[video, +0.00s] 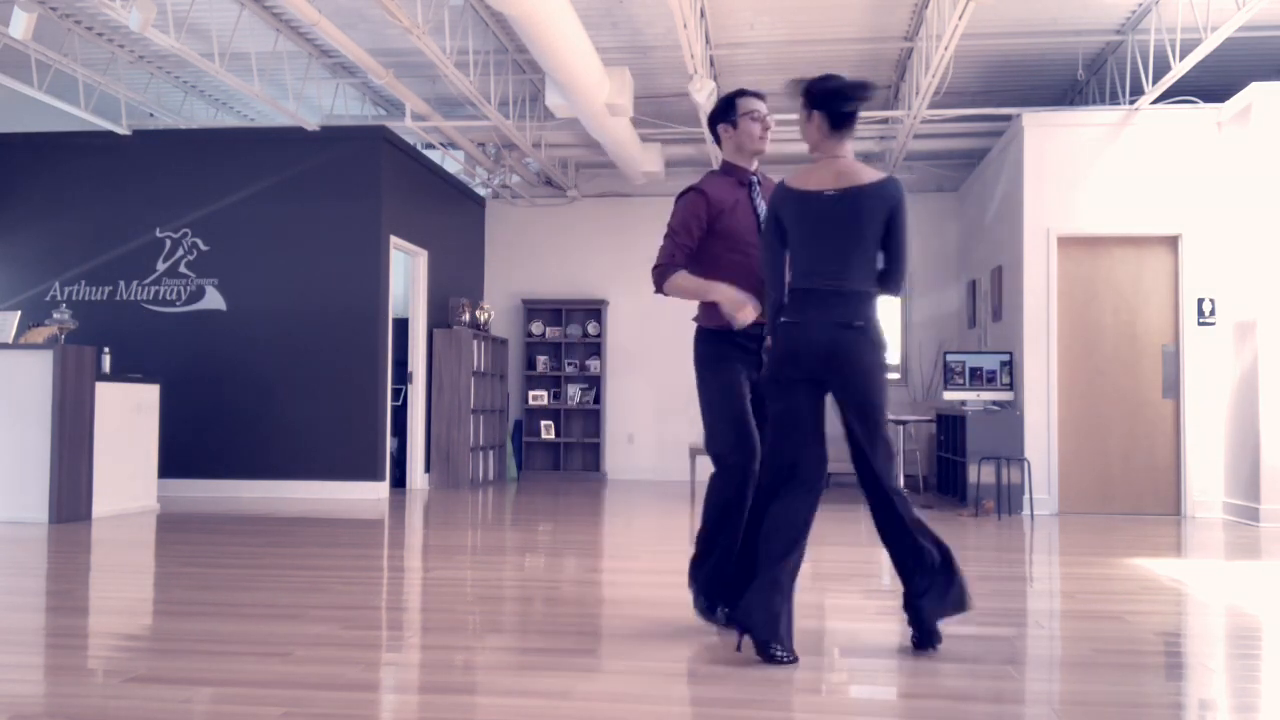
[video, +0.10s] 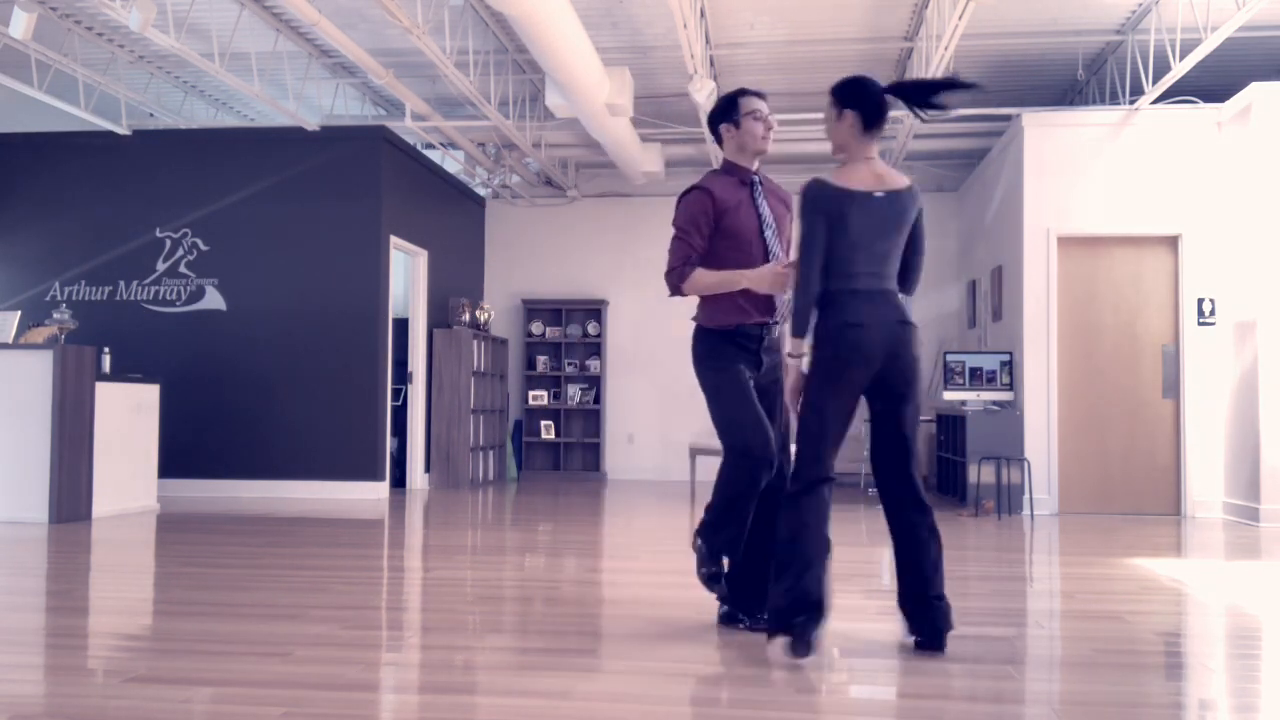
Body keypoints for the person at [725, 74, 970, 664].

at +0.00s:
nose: (798, 126)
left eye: (801, 117)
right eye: (801, 116)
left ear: (816, 121)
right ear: (853, 122)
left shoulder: (788, 191)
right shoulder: (886, 188)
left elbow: (771, 278)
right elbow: (893, 279)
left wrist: (776, 330)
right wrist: (841, 278)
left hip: (793, 335)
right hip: (856, 334)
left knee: (794, 477)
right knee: (879, 474)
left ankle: (768, 623)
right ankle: (925, 604)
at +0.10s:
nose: (825, 127)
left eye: (831, 117)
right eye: (828, 116)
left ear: (850, 121)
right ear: (876, 124)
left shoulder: (822, 191)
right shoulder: (908, 192)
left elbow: (809, 281)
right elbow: (909, 277)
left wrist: (795, 357)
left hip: (843, 334)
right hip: (898, 334)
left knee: (811, 476)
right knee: (899, 475)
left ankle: (802, 616)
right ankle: (929, 620)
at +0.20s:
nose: (844, 131)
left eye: (850, 121)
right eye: (847, 121)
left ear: (873, 127)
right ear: (889, 131)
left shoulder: (866, 194)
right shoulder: (906, 191)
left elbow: (863, 283)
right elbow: (883, 274)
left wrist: (825, 363)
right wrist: (822, 272)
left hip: (887, 345)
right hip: (924, 344)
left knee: (817, 465)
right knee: (901, 485)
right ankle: (939, 612)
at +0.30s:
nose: (861, 134)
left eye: (868, 124)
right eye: (864, 124)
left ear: (895, 132)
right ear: (902, 134)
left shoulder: (900, 197)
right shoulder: (897, 196)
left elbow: (905, 288)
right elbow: (881, 291)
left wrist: (879, 362)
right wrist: (828, 276)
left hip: (912, 354)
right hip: (922, 354)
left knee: (842, 475)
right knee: (915, 486)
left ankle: (941, 553)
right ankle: (944, 610)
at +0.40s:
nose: (875, 129)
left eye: (885, 121)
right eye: (879, 120)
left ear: (914, 131)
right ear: (914, 133)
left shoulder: (923, 190)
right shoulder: (899, 197)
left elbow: (951, 257)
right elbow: (887, 290)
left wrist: (960, 325)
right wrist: (839, 272)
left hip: (925, 350)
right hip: (909, 350)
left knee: (892, 489)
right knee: (920, 487)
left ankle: (973, 592)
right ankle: (938, 621)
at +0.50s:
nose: (886, 120)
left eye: (896, 112)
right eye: (890, 111)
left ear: (925, 123)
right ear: (921, 124)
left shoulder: (939, 181)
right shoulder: (904, 195)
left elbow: (985, 241)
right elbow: (889, 286)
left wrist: (1037, 303)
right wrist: (849, 259)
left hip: (936, 342)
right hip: (911, 346)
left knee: (937, 479)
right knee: (914, 482)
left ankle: (995, 618)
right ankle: (944, 616)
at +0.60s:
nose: (893, 123)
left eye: (904, 115)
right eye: (897, 115)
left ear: (935, 127)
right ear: (925, 129)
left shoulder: (955, 185)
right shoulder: (906, 205)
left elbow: (1010, 244)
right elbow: (888, 289)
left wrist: (1075, 286)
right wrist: (848, 259)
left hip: (950, 344)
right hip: (921, 348)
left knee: (928, 479)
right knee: (924, 482)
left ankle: (995, 615)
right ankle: (942, 614)